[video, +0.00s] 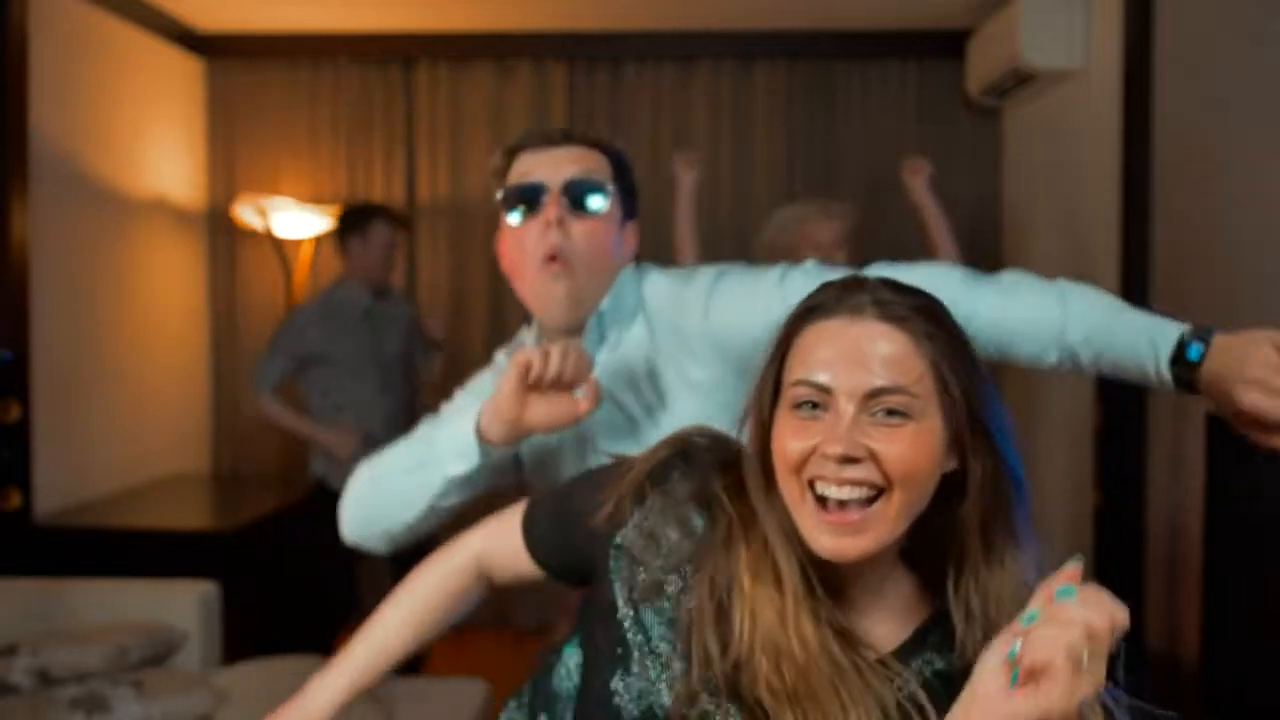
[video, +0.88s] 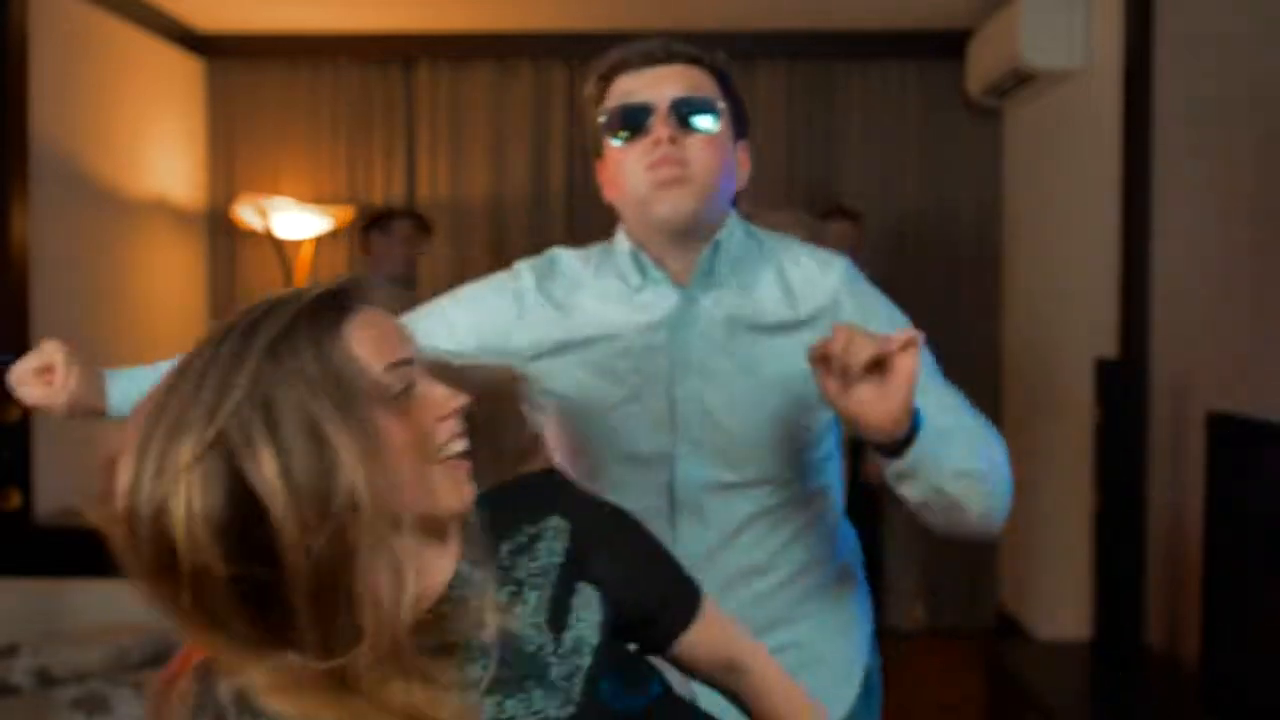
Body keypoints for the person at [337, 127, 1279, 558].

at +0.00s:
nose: (552, 219)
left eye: (582, 199)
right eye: (526, 202)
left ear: (631, 233)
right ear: (498, 244)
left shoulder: (698, 307)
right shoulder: (501, 385)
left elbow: (931, 301)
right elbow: (360, 523)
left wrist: (1190, 354)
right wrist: (494, 436)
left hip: (782, 640)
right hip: (616, 660)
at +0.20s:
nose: (537, 296)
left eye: (568, 273)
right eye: (510, 275)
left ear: (615, 303)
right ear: (481, 313)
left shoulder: (688, 378)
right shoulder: (495, 454)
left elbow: (944, 405)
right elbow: (358, 596)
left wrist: (1186, 429)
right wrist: (449, 498)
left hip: (791, 663)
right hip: (619, 691)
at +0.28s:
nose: (531, 304)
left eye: (561, 280)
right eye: (503, 284)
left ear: (609, 310)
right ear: (474, 321)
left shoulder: (669, 387)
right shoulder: (487, 465)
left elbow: (929, 412)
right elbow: (344, 590)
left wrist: (1182, 466)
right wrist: (422, 498)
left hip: (800, 658)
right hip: (618, 686)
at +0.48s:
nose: (530, 250)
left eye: (561, 226)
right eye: (501, 233)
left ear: (615, 260)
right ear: (480, 279)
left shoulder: (723, 340)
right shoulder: (489, 416)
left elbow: (959, 343)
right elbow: (326, 516)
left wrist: (1076, 513)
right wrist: (306, 456)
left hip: (809, 644)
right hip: (604, 681)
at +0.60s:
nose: (556, 196)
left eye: (588, 177)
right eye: (530, 180)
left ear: (641, 211)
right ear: (500, 215)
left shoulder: (717, 291)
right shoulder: (486, 340)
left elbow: (955, 321)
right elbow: (359, 422)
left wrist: (991, 465)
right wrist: (234, 413)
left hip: (806, 661)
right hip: (599, 668)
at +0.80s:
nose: (632, 136)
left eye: (662, 116)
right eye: (602, 121)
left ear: (712, 156)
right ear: (573, 170)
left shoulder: (805, 276)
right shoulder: (513, 304)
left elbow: (990, 422)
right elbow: (308, 377)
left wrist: (928, 414)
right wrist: (91, 385)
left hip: (816, 669)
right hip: (600, 676)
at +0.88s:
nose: (664, 136)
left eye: (693, 115)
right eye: (632, 123)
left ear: (743, 160)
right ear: (600, 170)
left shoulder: (826, 294)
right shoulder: (534, 302)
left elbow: (986, 512)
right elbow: (329, 375)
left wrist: (900, 439)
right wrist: (105, 392)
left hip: (811, 687)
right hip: (592, 684)